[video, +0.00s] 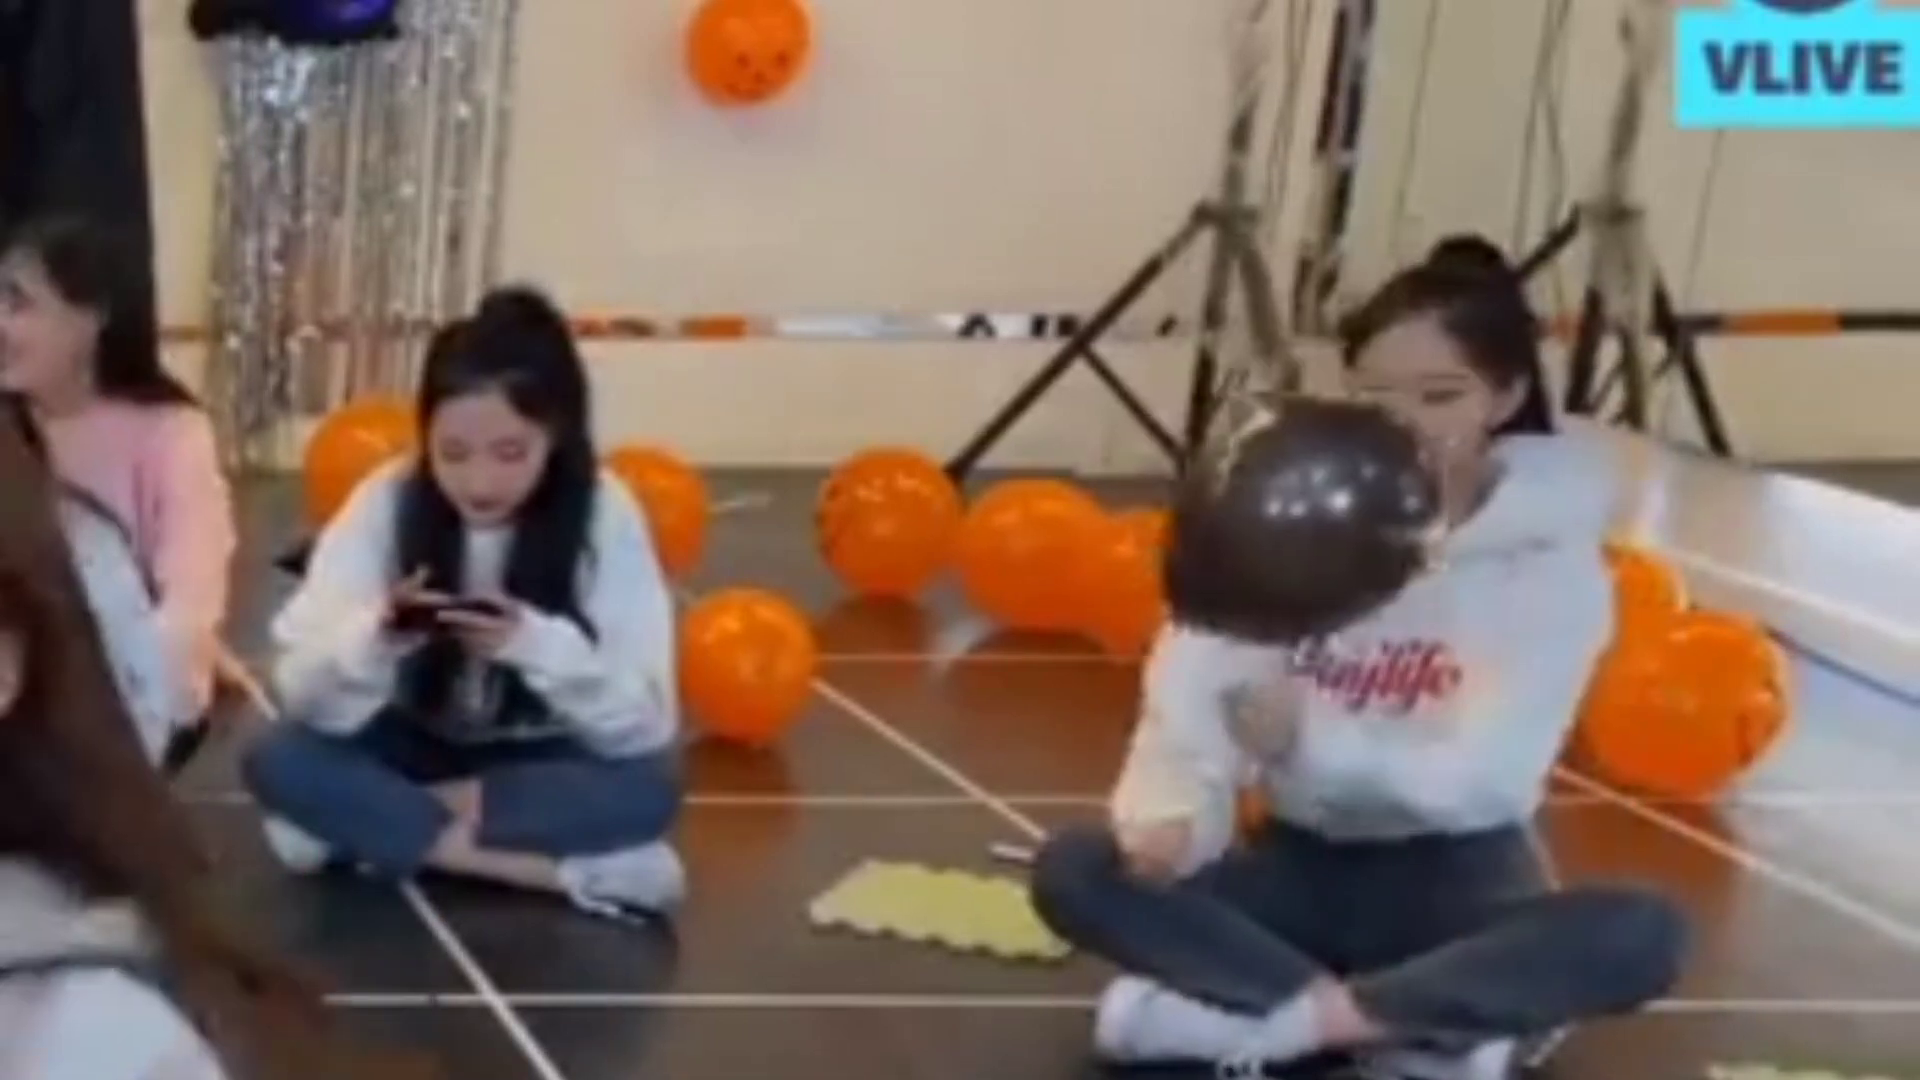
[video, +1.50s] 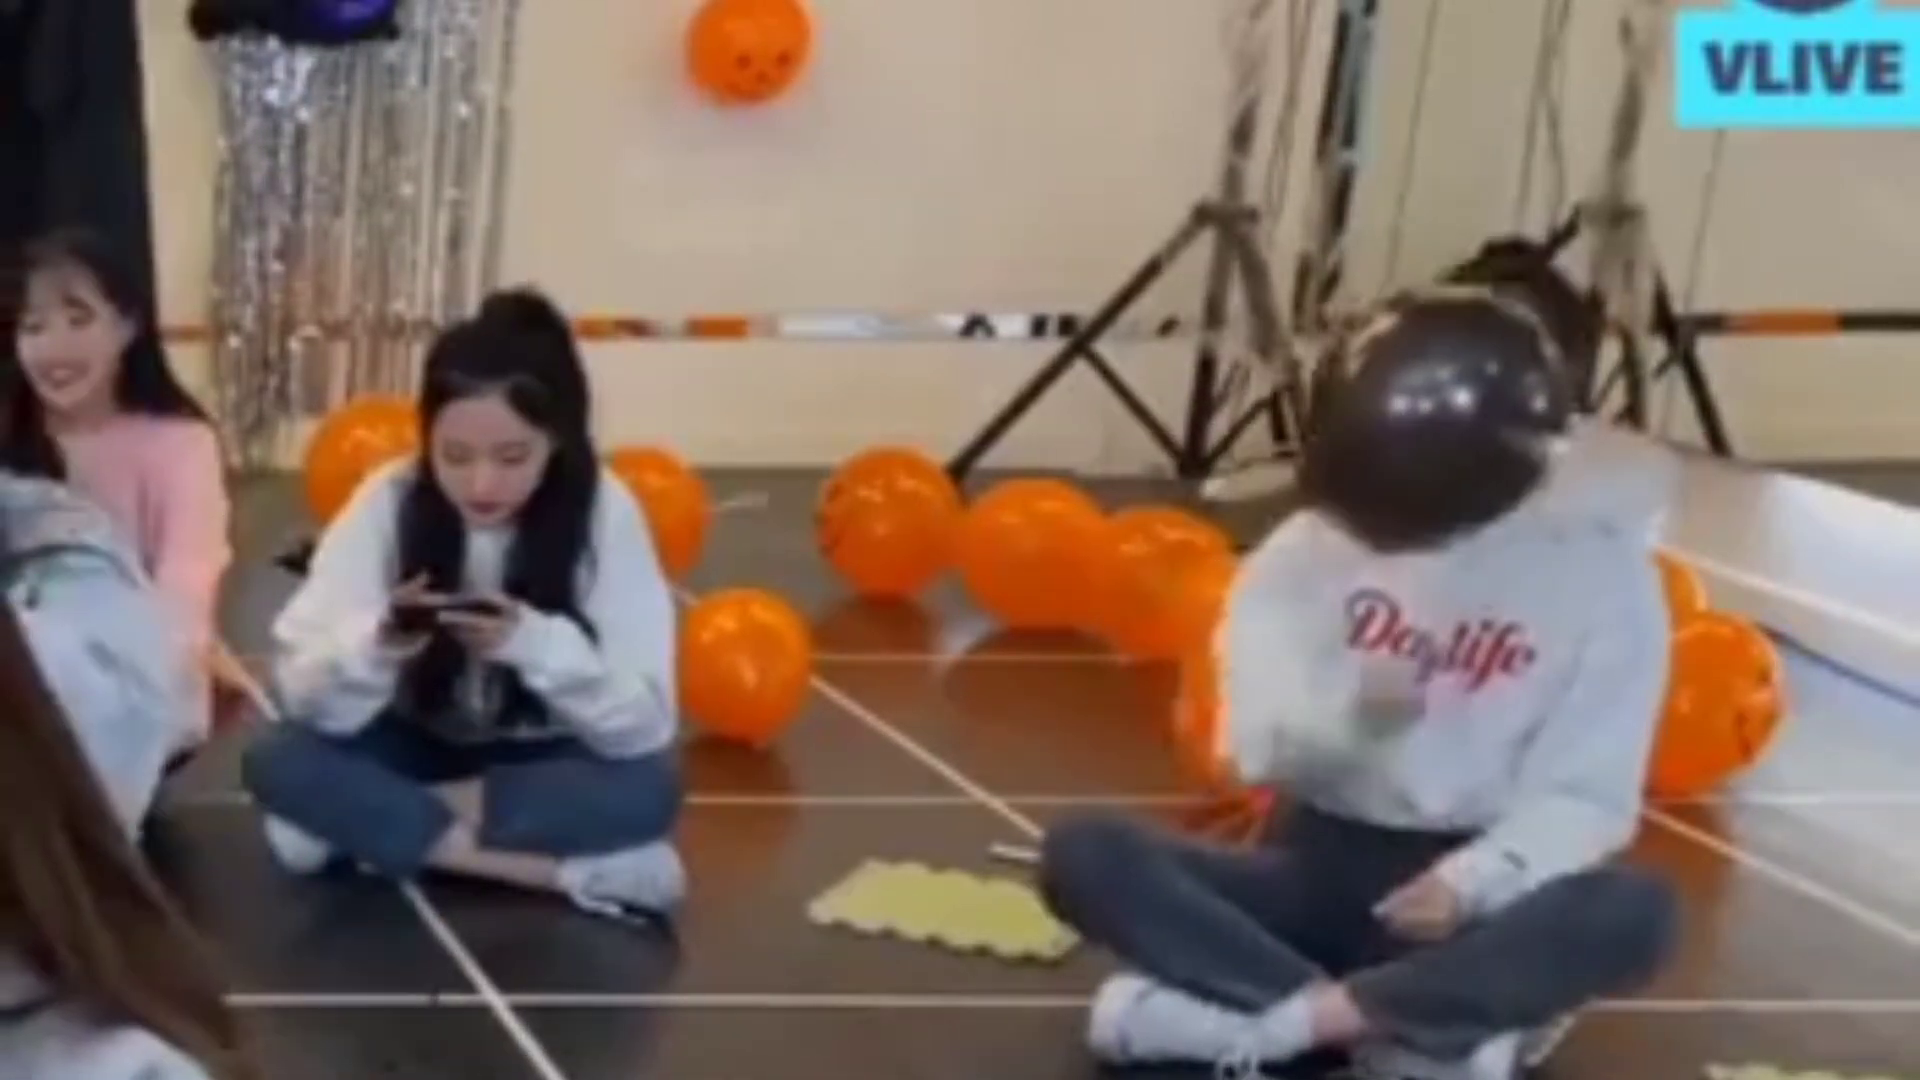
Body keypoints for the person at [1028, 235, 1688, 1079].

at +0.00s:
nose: (1404, 429)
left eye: (1440, 399)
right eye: (1376, 398)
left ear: (1509, 398)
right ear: (1344, 394)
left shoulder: (1551, 566)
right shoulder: (1296, 521)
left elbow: (1492, 783)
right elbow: (1186, 686)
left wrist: (1305, 748)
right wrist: (1163, 822)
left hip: (1459, 884)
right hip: (1286, 874)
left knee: (1644, 933)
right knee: (1069, 871)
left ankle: (1286, 1031)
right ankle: (1409, 1044)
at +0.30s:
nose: (1438, 419)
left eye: (1472, 392)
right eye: (1414, 385)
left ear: (1536, 396)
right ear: (1377, 380)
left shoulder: (1574, 571)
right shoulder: (1312, 521)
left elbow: (1511, 792)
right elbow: (1207, 694)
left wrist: (1325, 779)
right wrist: (1202, 831)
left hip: (1472, 894)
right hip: (1293, 876)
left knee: (1645, 933)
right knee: (1076, 868)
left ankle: (1275, 1037)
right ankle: (1410, 1047)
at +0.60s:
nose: (1389, 534)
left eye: (1431, 516)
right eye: (1364, 510)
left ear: (1511, 461)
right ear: (1330, 466)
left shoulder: (1589, 578)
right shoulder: (1298, 547)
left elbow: (1582, 800)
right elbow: (1180, 745)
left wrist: (1480, 870)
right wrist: (1296, 760)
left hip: (1464, 879)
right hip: (1289, 861)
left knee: (1647, 936)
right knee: (1076, 868)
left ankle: (1285, 1031)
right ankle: (1405, 1043)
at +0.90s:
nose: (1472, 583)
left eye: (1494, 563)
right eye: (1450, 561)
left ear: (1537, 513)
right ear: (1388, 519)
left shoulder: (1599, 579)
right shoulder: (1302, 551)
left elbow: (1586, 797)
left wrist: (1461, 859)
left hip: (1478, 885)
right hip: (1304, 873)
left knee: (1642, 917)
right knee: (1082, 859)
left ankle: (1280, 1030)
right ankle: (1403, 1040)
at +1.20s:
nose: (1454, 533)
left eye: (1484, 509)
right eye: (1421, 505)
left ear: (1533, 473)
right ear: (1363, 465)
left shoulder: (1600, 573)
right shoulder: (1294, 549)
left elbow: (1584, 798)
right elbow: (1212, 738)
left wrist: (1461, 859)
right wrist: (1386, 614)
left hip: (1484, 887)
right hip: (1309, 869)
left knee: (1634, 908)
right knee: (1086, 855)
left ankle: (1280, 1028)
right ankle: (1401, 1047)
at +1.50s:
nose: (1366, 542)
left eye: (1395, 532)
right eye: (1348, 517)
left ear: (1491, 497)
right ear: (1332, 467)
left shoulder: (1602, 576)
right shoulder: (1301, 552)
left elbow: (1592, 798)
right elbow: (1254, 748)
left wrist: (1468, 884)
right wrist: (1354, 723)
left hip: (1482, 887)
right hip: (1308, 875)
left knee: (1634, 910)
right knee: (1083, 853)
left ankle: (1278, 1030)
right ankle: (1410, 1046)